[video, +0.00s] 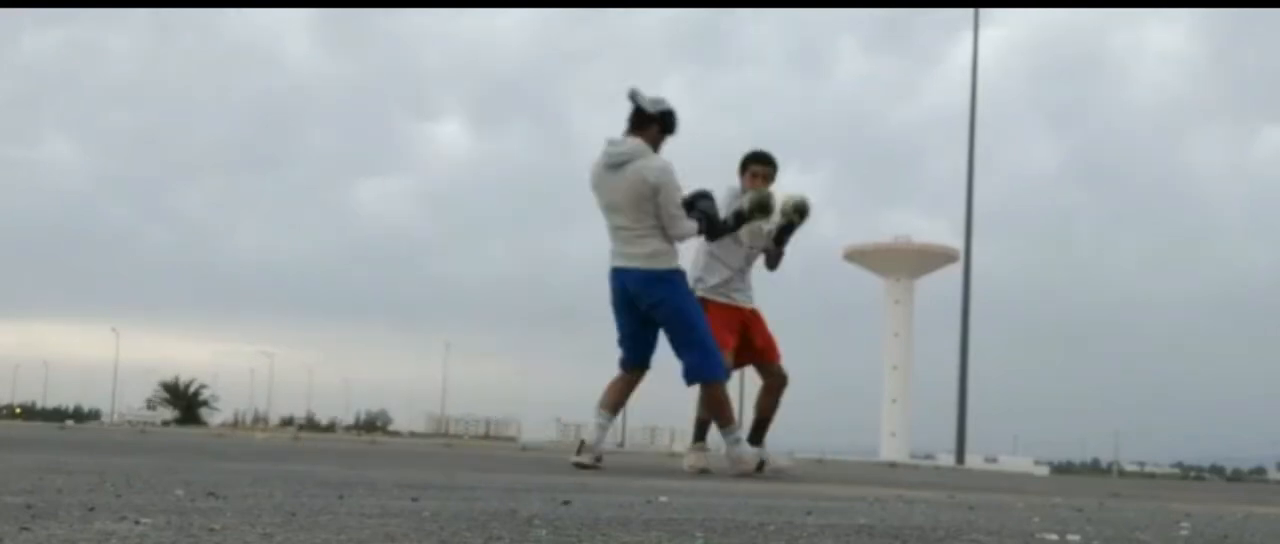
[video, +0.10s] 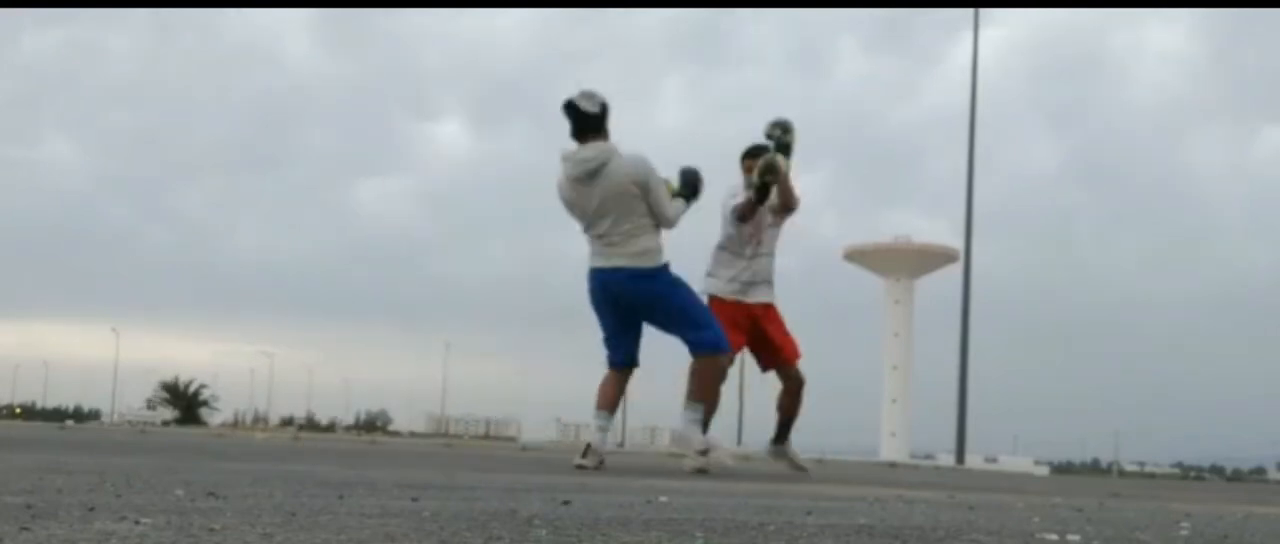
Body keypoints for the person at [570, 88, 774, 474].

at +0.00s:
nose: (662, 145)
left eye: (664, 137)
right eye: (663, 136)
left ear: (631, 125)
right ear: (653, 129)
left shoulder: (601, 168)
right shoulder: (656, 169)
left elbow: (629, 211)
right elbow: (677, 230)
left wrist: (681, 206)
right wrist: (702, 219)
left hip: (623, 276)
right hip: (661, 278)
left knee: (632, 365)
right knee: (708, 363)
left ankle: (592, 444)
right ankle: (738, 450)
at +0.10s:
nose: (604, 127)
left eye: (577, 125)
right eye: (604, 121)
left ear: (572, 128)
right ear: (606, 123)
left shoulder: (567, 183)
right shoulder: (634, 166)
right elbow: (667, 217)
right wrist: (686, 196)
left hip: (603, 278)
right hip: (647, 275)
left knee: (620, 364)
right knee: (712, 347)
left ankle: (595, 444)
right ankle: (691, 435)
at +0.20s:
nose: (560, 132)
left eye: (550, 129)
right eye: (571, 124)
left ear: (545, 133)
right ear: (579, 124)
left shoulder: (541, 185)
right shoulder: (614, 163)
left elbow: (560, 232)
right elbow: (646, 215)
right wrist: (645, 185)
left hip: (584, 270)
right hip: (627, 265)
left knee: (605, 361)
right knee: (672, 346)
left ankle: (594, 444)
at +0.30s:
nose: (555, 120)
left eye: (540, 115)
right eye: (563, 112)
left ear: (533, 120)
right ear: (570, 112)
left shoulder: (528, 174)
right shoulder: (600, 154)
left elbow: (536, 233)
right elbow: (631, 211)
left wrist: (560, 209)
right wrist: (599, 200)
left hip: (568, 264)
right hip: (611, 259)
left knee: (594, 355)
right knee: (631, 355)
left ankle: (588, 446)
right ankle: (583, 398)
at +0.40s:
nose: (567, 102)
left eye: (556, 97)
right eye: (565, 97)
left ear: (526, 101)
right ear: (561, 98)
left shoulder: (507, 156)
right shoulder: (579, 145)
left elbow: (502, 221)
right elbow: (608, 205)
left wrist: (531, 200)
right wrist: (581, 186)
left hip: (535, 256)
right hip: (577, 254)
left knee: (568, 348)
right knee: (570, 350)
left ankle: (582, 439)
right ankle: (533, 424)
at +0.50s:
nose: (562, 107)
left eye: (557, 100)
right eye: (560, 100)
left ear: (518, 98)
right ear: (552, 101)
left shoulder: (486, 145)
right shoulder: (554, 146)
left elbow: (468, 209)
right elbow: (567, 213)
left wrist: (500, 213)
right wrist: (571, 202)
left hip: (492, 255)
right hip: (534, 255)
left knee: (537, 344)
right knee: (544, 352)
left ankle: (544, 434)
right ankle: (516, 438)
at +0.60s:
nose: (533, 107)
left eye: (533, 98)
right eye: (530, 97)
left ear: (497, 96)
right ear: (514, 96)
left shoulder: (467, 143)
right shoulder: (508, 138)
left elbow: (439, 208)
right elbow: (507, 204)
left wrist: (486, 220)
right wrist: (533, 212)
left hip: (459, 252)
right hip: (496, 252)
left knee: (493, 344)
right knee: (538, 351)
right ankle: (514, 444)